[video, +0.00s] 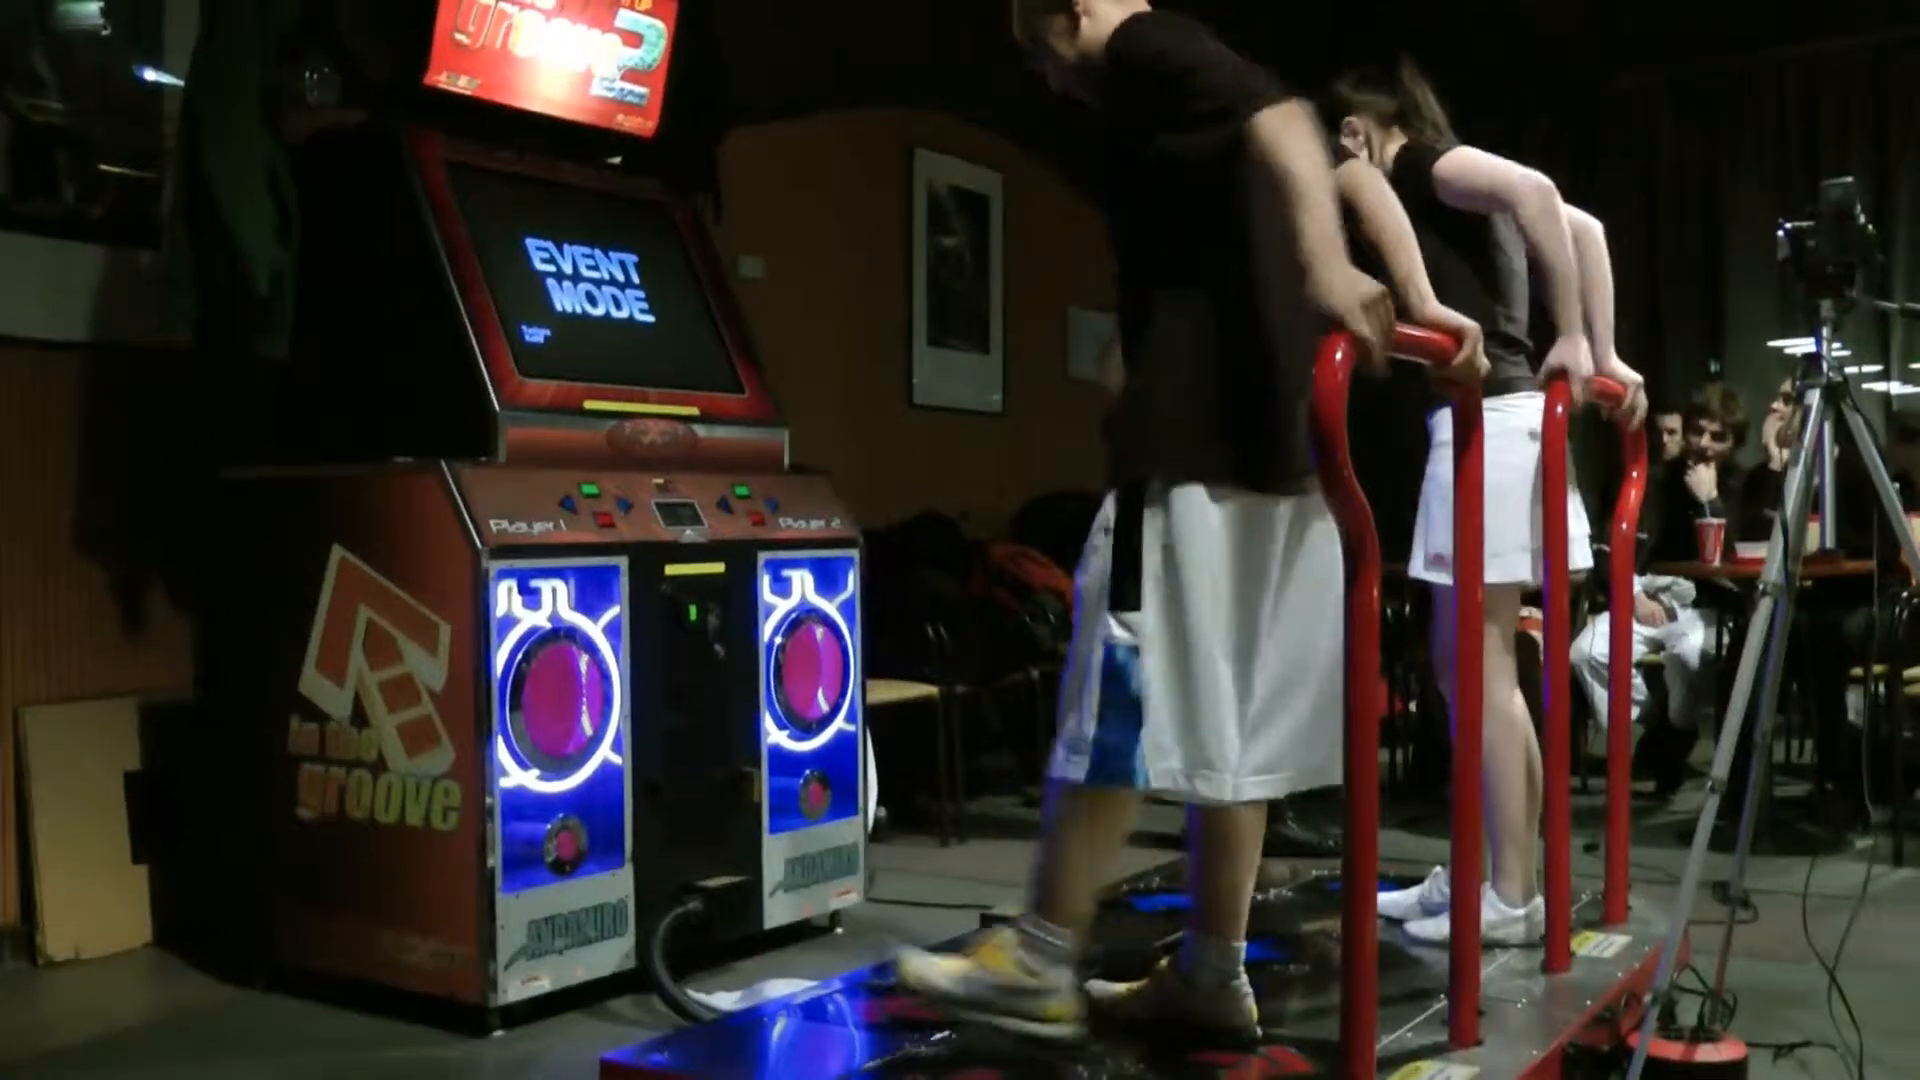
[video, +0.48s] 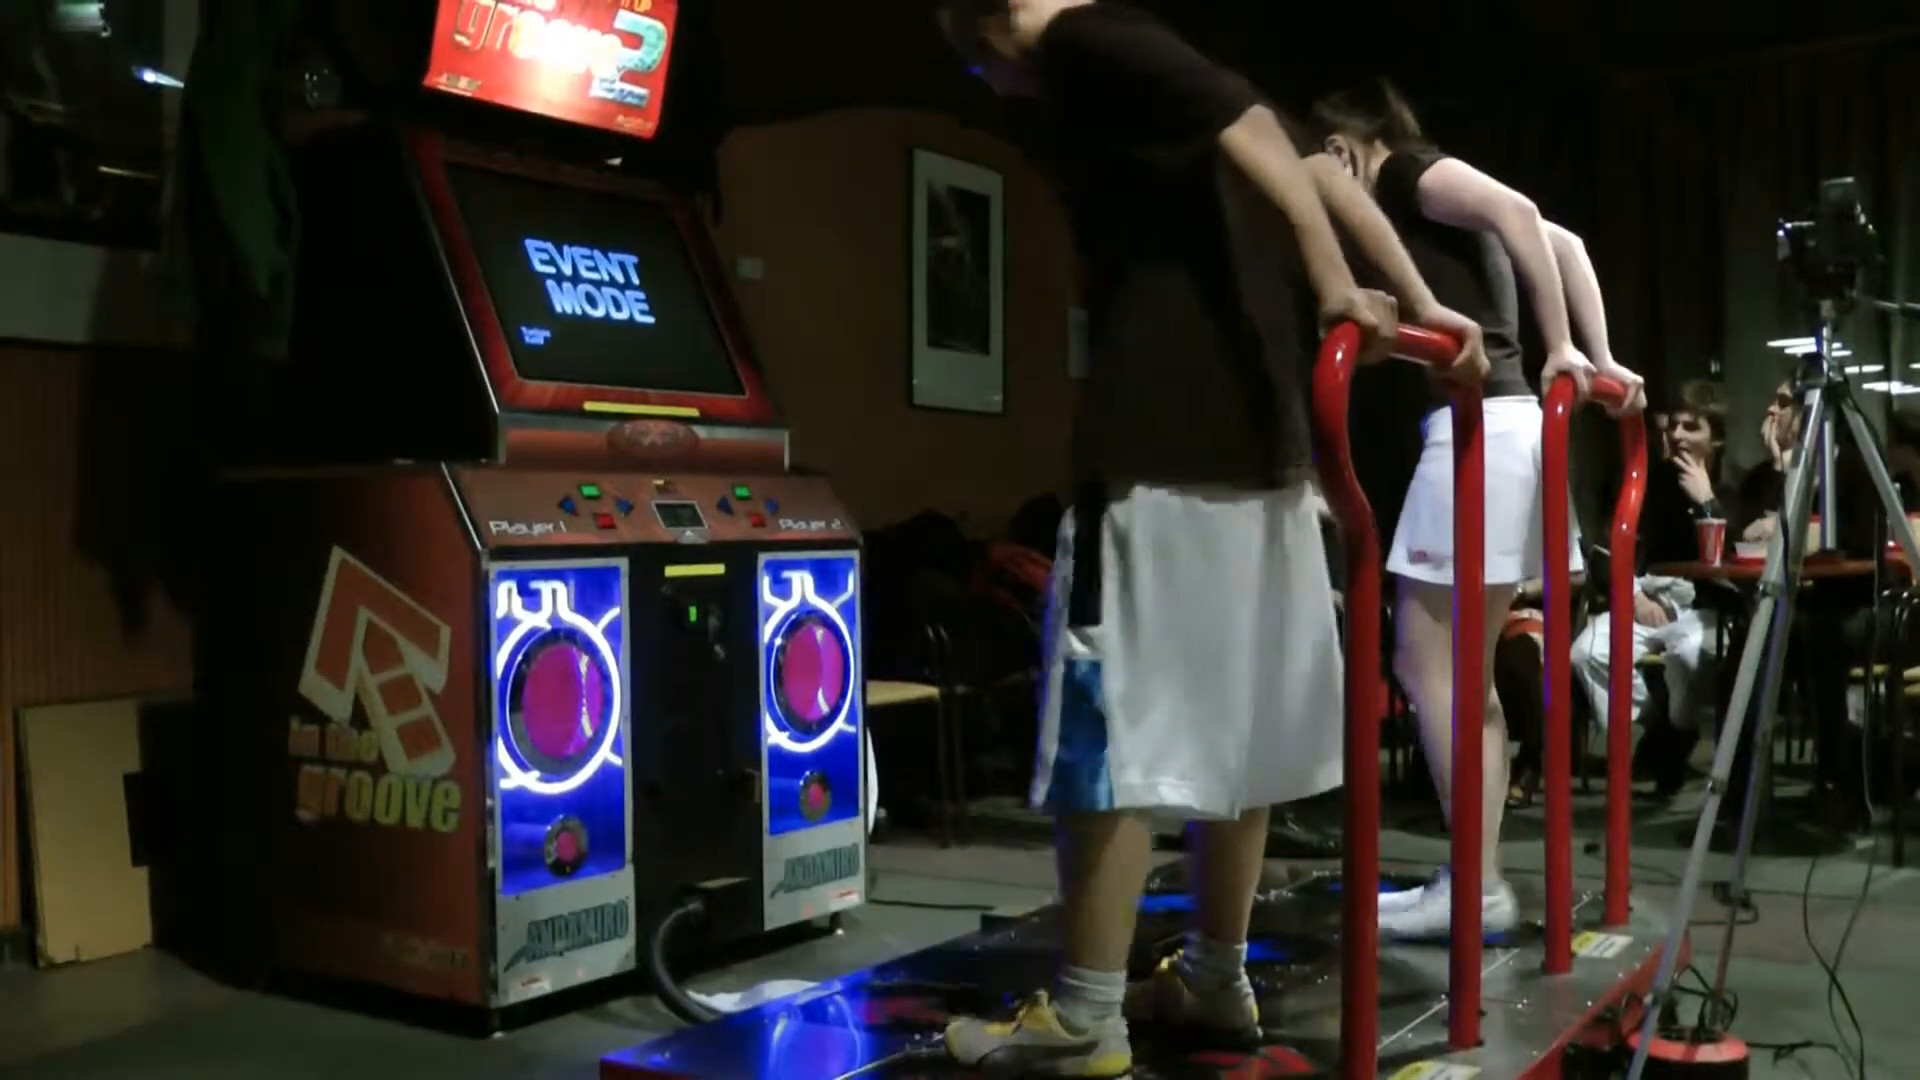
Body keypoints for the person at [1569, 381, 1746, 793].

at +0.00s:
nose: (1703, 445)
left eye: (1717, 437)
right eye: (1697, 433)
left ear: (1733, 443)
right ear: (1684, 433)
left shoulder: (1739, 484)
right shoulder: (1656, 480)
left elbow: (1733, 561)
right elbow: (1616, 547)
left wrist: (1710, 501)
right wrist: (1635, 597)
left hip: (1709, 604)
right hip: (1653, 597)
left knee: (1684, 652)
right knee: (1591, 651)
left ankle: (1678, 737)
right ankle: (1653, 728)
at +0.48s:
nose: (1677, 437)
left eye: (1690, 427)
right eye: (1669, 427)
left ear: (1715, 437)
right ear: (1661, 433)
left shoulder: (1733, 486)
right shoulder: (1650, 482)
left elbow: (1740, 560)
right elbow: (1612, 549)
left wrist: (1707, 502)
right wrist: (1634, 597)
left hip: (1710, 606)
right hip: (1653, 598)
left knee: (1687, 650)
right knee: (1591, 651)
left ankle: (1679, 738)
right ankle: (1650, 735)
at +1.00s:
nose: (1675, 439)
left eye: (1688, 430)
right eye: (1669, 429)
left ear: (1714, 438)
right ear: (1661, 433)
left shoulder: (1732, 486)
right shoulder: (1650, 483)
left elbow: (1741, 558)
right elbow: (1608, 551)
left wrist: (1709, 502)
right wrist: (1635, 597)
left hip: (1706, 608)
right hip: (1650, 602)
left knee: (1689, 652)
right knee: (1592, 652)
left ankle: (1679, 740)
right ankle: (1649, 736)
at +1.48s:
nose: (1662, 438)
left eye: (1673, 427)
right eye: (1657, 429)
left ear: (1704, 429)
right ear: (1651, 435)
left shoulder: (1730, 481)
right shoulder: (1649, 482)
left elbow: (1741, 550)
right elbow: (1609, 554)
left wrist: (1701, 504)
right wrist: (1638, 599)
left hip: (1708, 606)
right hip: (1652, 600)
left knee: (1687, 653)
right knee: (1592, 651)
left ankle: (1681, 738)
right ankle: (1655, 731)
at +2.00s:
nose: (1648, 436)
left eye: (1656, 425)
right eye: (1643, 427)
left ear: (1685, 425)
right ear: (1638, 431)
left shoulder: (1726, 483)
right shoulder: (1640, 485)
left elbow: (1739, 555)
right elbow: (1610, 557)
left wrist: (1688, 592)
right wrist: (1638, 591)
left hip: (1700, 611)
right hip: (1645, 606)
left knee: (1688, 656)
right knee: (1591, 650)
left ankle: (1679, 741)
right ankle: (1655, 731)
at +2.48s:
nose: (1669, 431)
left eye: (1681, 421)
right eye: (1662, 422)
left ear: (1706, 425)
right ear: (1653, 428)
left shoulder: (1730, 480)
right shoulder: (1645, 480)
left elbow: (1743, 552)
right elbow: (1607, 550)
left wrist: (1692, 590)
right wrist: (1637, 587)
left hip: (1700, 607)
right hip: (1644, 603)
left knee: (1690, 654)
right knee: (1594, 651)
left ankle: (1681, 740)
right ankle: (1656, 733)